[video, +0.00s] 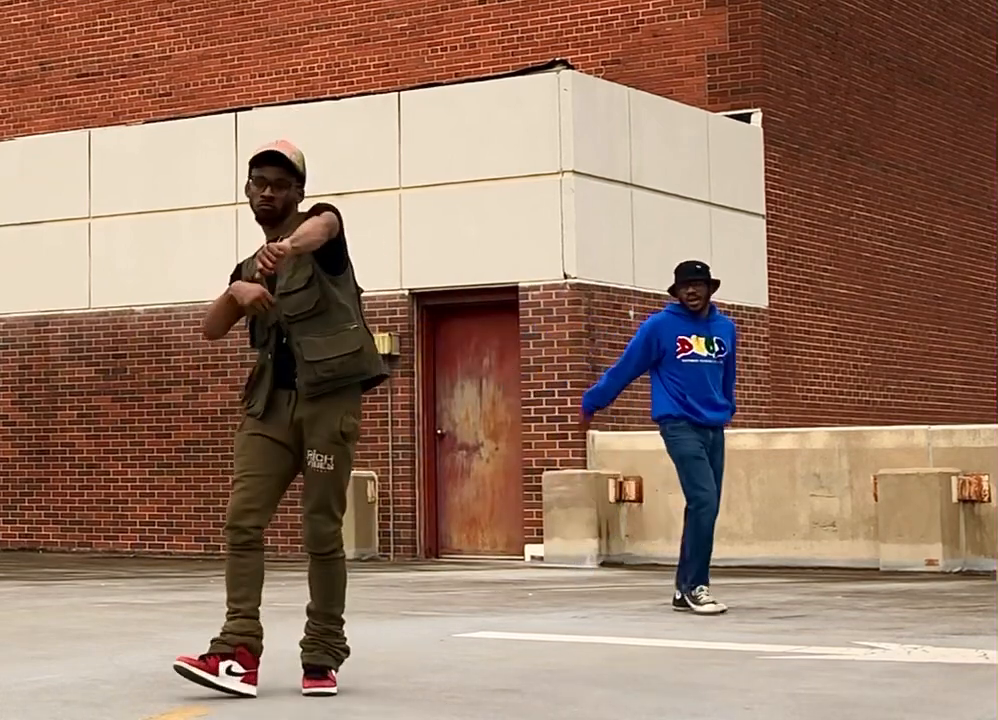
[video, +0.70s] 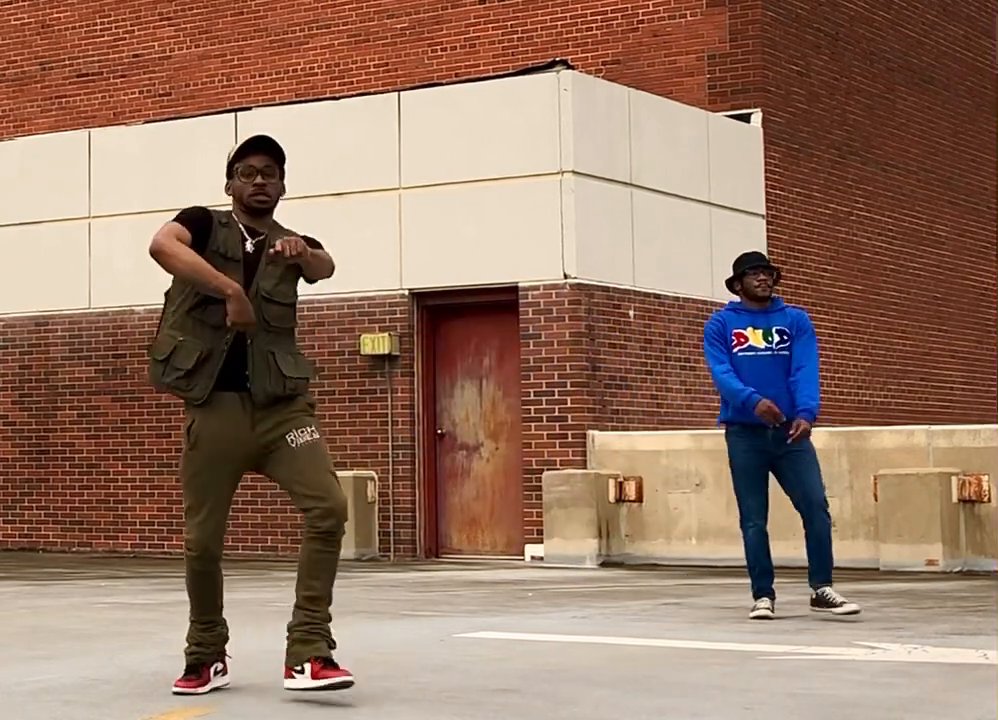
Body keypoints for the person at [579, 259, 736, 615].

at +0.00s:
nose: (692, 292)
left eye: (698, 285)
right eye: (685, 286)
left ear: (710, 288)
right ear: (677, 291)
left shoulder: (726, 327)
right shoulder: (660, 324)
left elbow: (729, 376)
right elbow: (625, 368)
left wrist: (726, 410)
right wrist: (591, 402)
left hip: (714, 425)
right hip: (679, 424)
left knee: (705, 505)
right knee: (705, 500)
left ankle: (687, 589)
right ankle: (695, 587)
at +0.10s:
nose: (704, 290)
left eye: (710, 284)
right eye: (697, 285)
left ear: (721, 289)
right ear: (686, 291)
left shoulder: (737, 329)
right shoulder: (668, 330)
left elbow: (747, 381)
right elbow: (639, 378)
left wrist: (758, 423)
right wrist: (612, 421)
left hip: (725, 429)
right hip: (690, 427)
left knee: (708, 509)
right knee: (714, 505)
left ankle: (685, 590)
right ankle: (738, 591)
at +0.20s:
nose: (718, 290)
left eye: (723, 285)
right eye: (711, 285)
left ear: (733, 291)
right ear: (698, 293)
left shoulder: (751, 334)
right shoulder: (681, 335)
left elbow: (771, 391)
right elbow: (665, 391)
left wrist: (794, 443)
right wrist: (660, 444)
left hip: (740, 433)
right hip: (705, 432)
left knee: (724, 512)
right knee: (731, 510)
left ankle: (688, 586)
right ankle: (757, 592)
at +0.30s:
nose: (729, 287)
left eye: (733, 282)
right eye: (721, 283)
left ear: (741, 288)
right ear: (707, 291)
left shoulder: (760, 328)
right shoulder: (691, 334)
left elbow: (783, 379)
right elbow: (688, 394)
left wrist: (801, 427)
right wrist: (701, 440)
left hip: (753, 431)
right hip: (718, 431)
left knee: (750, 514)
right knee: (741, 513)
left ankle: (699, 576)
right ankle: (760, 593)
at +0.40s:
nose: (740, 285)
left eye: (744, 281)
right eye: (732, 281)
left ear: (750, 287)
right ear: (716, 290)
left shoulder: (771, 324)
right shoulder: (700, 332)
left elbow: (790, 367)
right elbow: (704, 387)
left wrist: (801, 404)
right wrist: (735, 418)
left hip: (765, 430)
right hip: (726, 431)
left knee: (778, 514)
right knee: (746, 513)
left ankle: (722, 560)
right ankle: (762, 594)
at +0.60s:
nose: (755, 280)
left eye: (758, 274)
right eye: (746, 275)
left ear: (766, 281)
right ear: (730, 283)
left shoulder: (786, 317)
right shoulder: (712, 323)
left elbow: (798, 362)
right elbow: (720, 374)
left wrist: (798, 394)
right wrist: (757, 392)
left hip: (782, 431)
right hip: (739, 432)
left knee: (807, 501)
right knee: (750, 518)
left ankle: (778, 576)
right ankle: (762, 595)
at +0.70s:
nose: (763, 277)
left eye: (767, 273)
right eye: (755, 273)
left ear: (775, 280)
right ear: (738, 282)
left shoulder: (796, 318)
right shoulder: (719, 323)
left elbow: (806, 368)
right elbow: (722, 375)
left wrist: (806, 412)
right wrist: (754, 401)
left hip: (791, 431)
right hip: (745, 434)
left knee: (816, 505)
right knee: (753, 519)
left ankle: (822, 588)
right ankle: (763, 596)